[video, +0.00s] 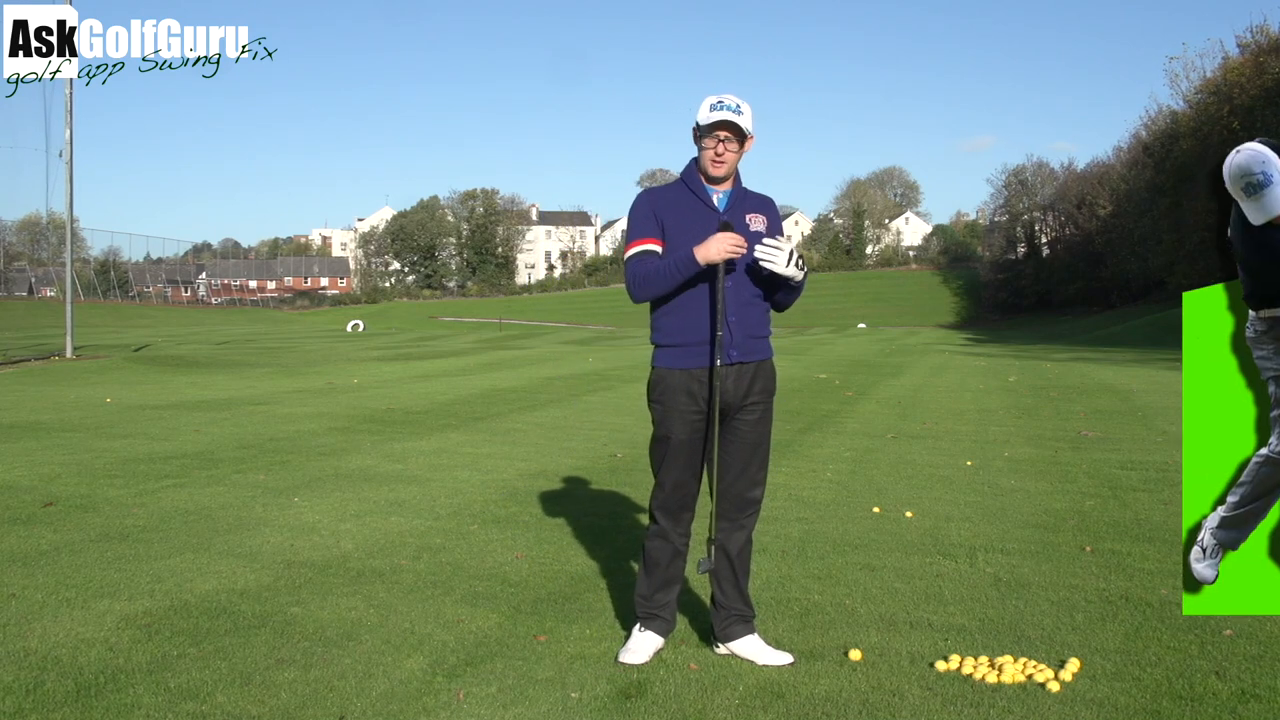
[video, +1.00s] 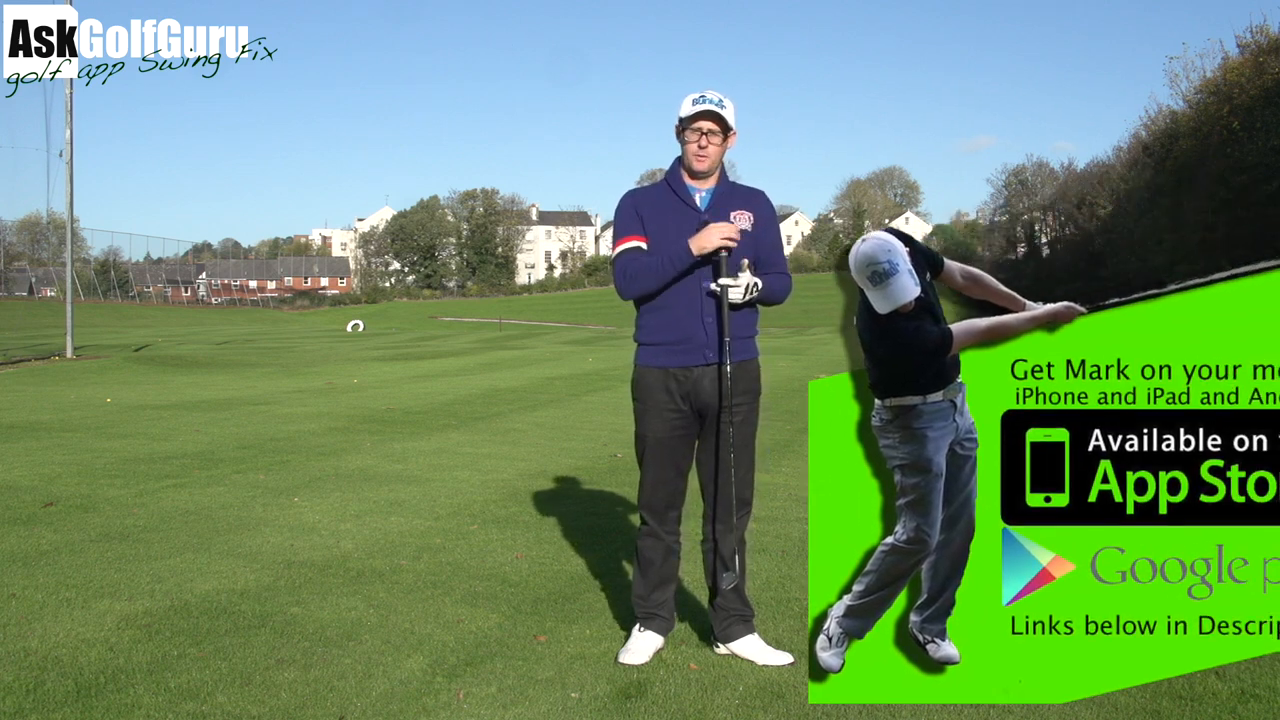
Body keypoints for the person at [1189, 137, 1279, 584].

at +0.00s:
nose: (1267, 216)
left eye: (1269, 203)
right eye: (1257, 209)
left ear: (1276, 181)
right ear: (1240, 196)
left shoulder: (1250, 218)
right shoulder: (1244, 221)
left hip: (1269, 328)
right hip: (1268, 329)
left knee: (1279, 440)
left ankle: (1218, 532)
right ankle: (1217, 533)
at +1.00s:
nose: (905, 304)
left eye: (907, 290)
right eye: (893, 301)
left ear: (905, 264)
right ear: (867, 288)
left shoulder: (902, 250)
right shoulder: (886, 328)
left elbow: (962, 277)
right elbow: (977, 333)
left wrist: (1027, 306)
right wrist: (1045, 317)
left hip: (953, 406)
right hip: (910, 420)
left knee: (956, 527)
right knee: (917, 535)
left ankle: (928, 623)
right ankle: (844, 621)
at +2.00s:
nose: (823, 324)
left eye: (825, 310)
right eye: (811, 321)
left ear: (824, 284)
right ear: (785, 309)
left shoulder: (819, 268)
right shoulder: (808, 351)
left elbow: (880, 296)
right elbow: (900, 351)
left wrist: (946, 326)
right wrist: (963, 337)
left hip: (871, 425)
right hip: (829, 439)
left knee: (874, 547)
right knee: (835, 555)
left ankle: (846, 643)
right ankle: (762, 641)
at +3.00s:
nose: (823, 324)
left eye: (825, 311)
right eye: (811, 322)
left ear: (824, 285)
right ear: (785, 311)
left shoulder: (818, 268)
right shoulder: (809, 353)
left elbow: (880, 296)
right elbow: (900, 352)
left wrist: (946, 327)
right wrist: (963, 337)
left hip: (871, 425)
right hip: (829, 439)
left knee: (874, 546)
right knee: (835, 555)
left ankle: (846, 642)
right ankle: (762, 641)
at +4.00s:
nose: (823, 324)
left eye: (825, 310)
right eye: (811, 322)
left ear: (824, 284)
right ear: (785, 308)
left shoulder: (819, 268)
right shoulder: (807, 350)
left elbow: (880, 296)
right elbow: (899, 352)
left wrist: (946, 327)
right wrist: (963, 337)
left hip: (871, 425)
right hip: (828, 440)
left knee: (874, 546)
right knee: (835, 555)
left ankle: (846, 642)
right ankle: (762, 641)